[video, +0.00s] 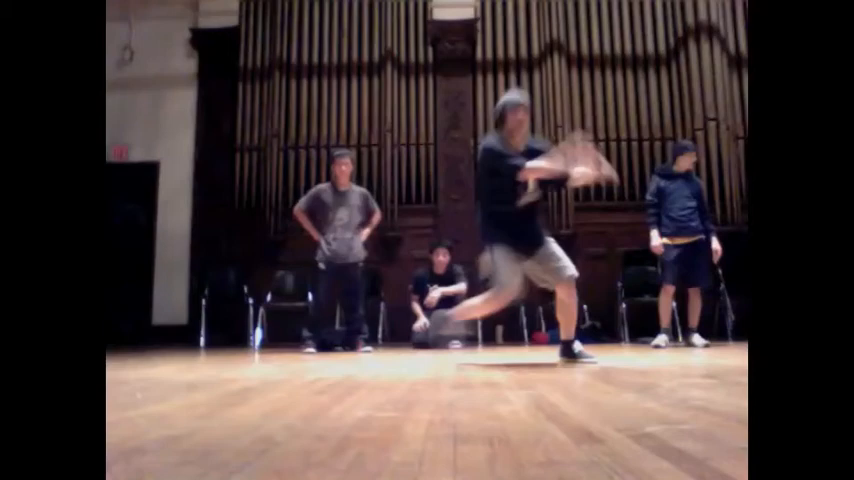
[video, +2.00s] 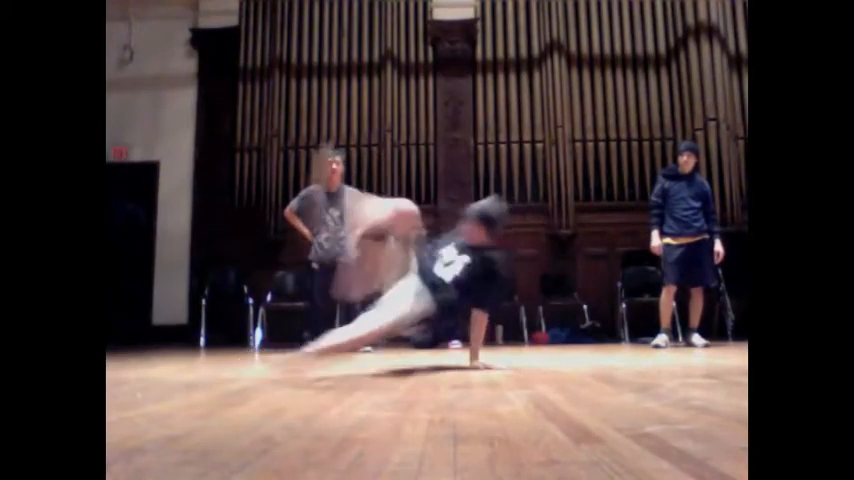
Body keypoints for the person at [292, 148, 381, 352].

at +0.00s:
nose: (342, 169)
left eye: (346, 165)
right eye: (339, 165)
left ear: (352, 169)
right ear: (332, 168)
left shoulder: (361, 194)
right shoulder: (321, 191)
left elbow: (377, 213)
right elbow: (298, 210)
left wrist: (365, 233)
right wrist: (316, 236)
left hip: (353, 250)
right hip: (328, 250)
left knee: (354, 301)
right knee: (323, 301)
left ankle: (355, 339)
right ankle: (319, 340)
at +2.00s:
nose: (333, 171)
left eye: (337, 167)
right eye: (330, 166)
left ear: (342, 171)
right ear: (324, 170)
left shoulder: (351, 194)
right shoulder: (313, 192)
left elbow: (367, 216)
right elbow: (289, 212)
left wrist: (354, 237)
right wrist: (309, 235)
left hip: (346, 256)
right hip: (321, 255)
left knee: (349, 300)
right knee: (320, 300)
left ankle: (348, 338)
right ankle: (318, 337)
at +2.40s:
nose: (335, 167)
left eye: (339, 164)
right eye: (332, 163)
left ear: (344, 168)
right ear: (326, 168)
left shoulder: (353, 194)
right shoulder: (314, 192)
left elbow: (373, 214)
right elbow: (290, 211)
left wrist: (358, 234)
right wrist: (308, 233)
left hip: (347, 256)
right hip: (321, 256)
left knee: (350, 300)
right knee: (319, 302)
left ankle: (356, 339)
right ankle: (315, 340)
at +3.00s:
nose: (336, 167)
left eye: (340, 164)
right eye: (333, 163)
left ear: (345, 168)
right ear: (326, 167)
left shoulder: (354, 194)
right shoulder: (314, 192)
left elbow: (373, 215)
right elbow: (290, 211)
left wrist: (358, 234)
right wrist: (309, 237)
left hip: (347, 252)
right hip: (320, 250)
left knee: (349, 297)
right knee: (318, 294)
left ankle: (358, 338)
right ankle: (312, 339)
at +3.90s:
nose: (337, 168)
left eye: (340, 164)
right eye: (334, 164)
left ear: (345, 168)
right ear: (327, 167)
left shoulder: (354, 195)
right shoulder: (314, 192)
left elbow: (373, 214)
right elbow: (290, 212)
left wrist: (363, 233)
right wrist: (302, 236)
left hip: (348, 253)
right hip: (318, 252)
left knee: (350, 298)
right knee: (321, 297)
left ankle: (354, 339)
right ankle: (316, 340)